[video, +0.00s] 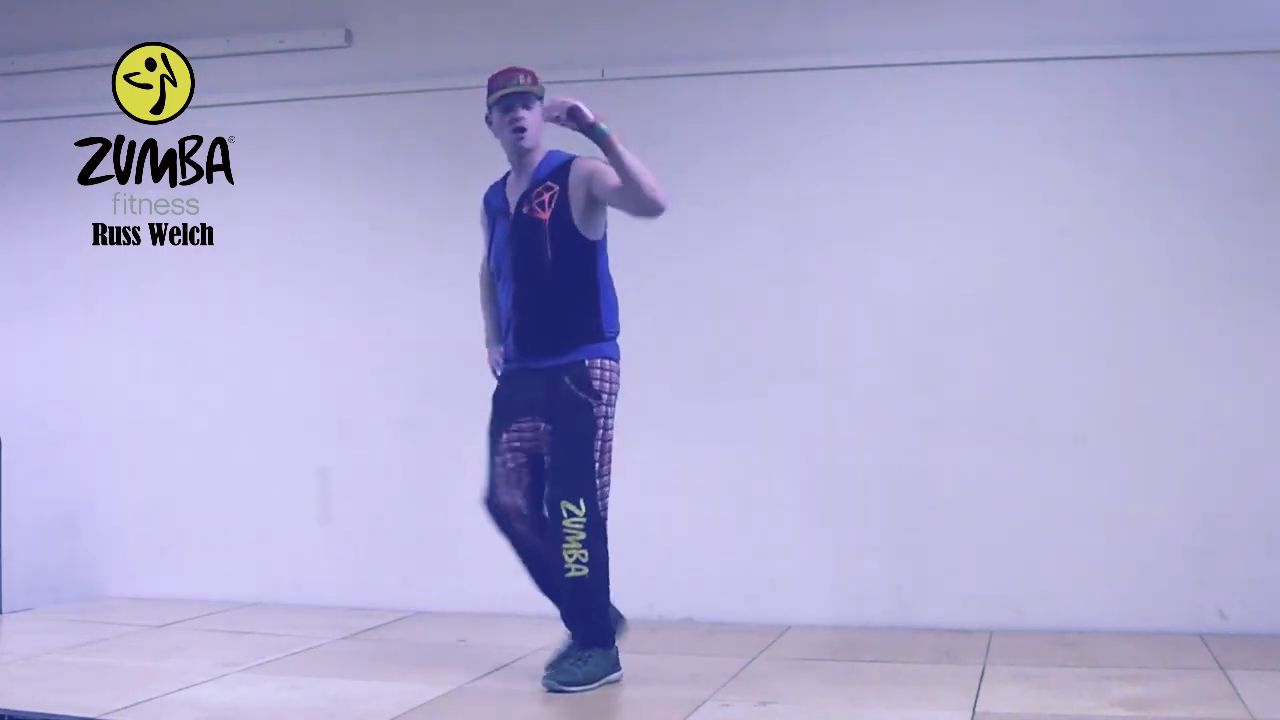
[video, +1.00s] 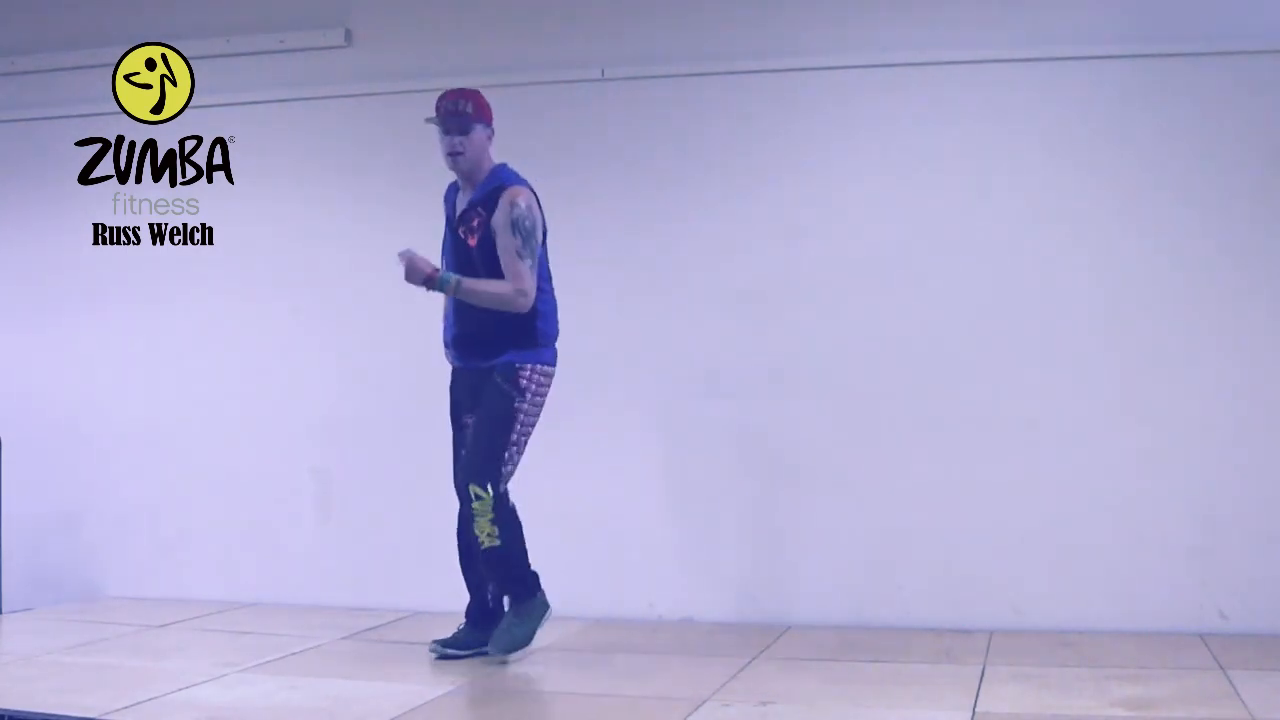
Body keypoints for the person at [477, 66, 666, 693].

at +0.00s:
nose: (518, 118)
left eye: (527, 106)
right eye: (506, 110)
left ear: (547, 115)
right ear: (492, 124)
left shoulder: (579, 172)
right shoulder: (494, 199)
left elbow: (653, 202)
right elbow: (491, 276)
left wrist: (599, 130)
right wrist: (494, 341)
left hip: (582, 365)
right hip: (521, 370)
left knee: (574, 504)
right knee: (507, 499)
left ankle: (595, 648)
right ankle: (593, 617)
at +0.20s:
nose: (519, 112)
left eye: (532, 102)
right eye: (512, 102)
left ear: (556, 112)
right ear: (502, 113)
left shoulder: (583, 173)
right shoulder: (503, 192)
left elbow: (649, 215)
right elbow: (495, 268)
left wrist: (623, 141)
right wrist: (496, 332)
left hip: (580, 363)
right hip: (524, 367)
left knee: (570, 501)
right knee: (504, 499)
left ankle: (593, 649)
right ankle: (596, 612)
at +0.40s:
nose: (508, 113)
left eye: (521, 105)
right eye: (505, 105)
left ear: (551, 117)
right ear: (502, 119)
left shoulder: (573, 182)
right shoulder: (505, 191)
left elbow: (611, 273)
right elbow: (514, 278)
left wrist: (587, 204)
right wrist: (507, 352)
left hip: (571, 365)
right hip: (514, 367)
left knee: (565, 503)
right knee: (459, 480)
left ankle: (594, 647)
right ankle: (510, 602)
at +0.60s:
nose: (505, 117)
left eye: (516, 108)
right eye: (500, 109)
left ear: (544, 117)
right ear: (496, 118)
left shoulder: (558, 187)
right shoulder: (494, 192)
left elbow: (551, 269)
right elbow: (485, 278)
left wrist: (535, 357)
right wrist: (474, 353)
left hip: (541, 364)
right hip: (489, 367)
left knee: (559, 505)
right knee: (483, 502)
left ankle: (593, 645)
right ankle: (483, 623)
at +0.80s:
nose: (469, 153)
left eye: (480, 143)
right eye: (463, 143)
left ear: (509, 143)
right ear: (459, 146)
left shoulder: (535, 211)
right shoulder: (468, 207)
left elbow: (516, 300)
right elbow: (455, 278)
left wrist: (438, 344)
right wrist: (449, 340)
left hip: (524, 365)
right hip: (472, 367)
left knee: (499, 474)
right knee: (464, 486)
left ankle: (556, 614)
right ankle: (485, 621)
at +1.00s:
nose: (451, 143)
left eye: (462, 132)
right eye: (444, 133)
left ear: (488, 134)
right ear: (437, 139)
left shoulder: (514, 200)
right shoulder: (456, 198)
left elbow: (521, 294)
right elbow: (472, 277)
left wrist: (439, 278)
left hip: (518, 362)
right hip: (472, 362)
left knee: (483, 482)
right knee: (469, 486)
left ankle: (525, 599)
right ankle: (483, 616)